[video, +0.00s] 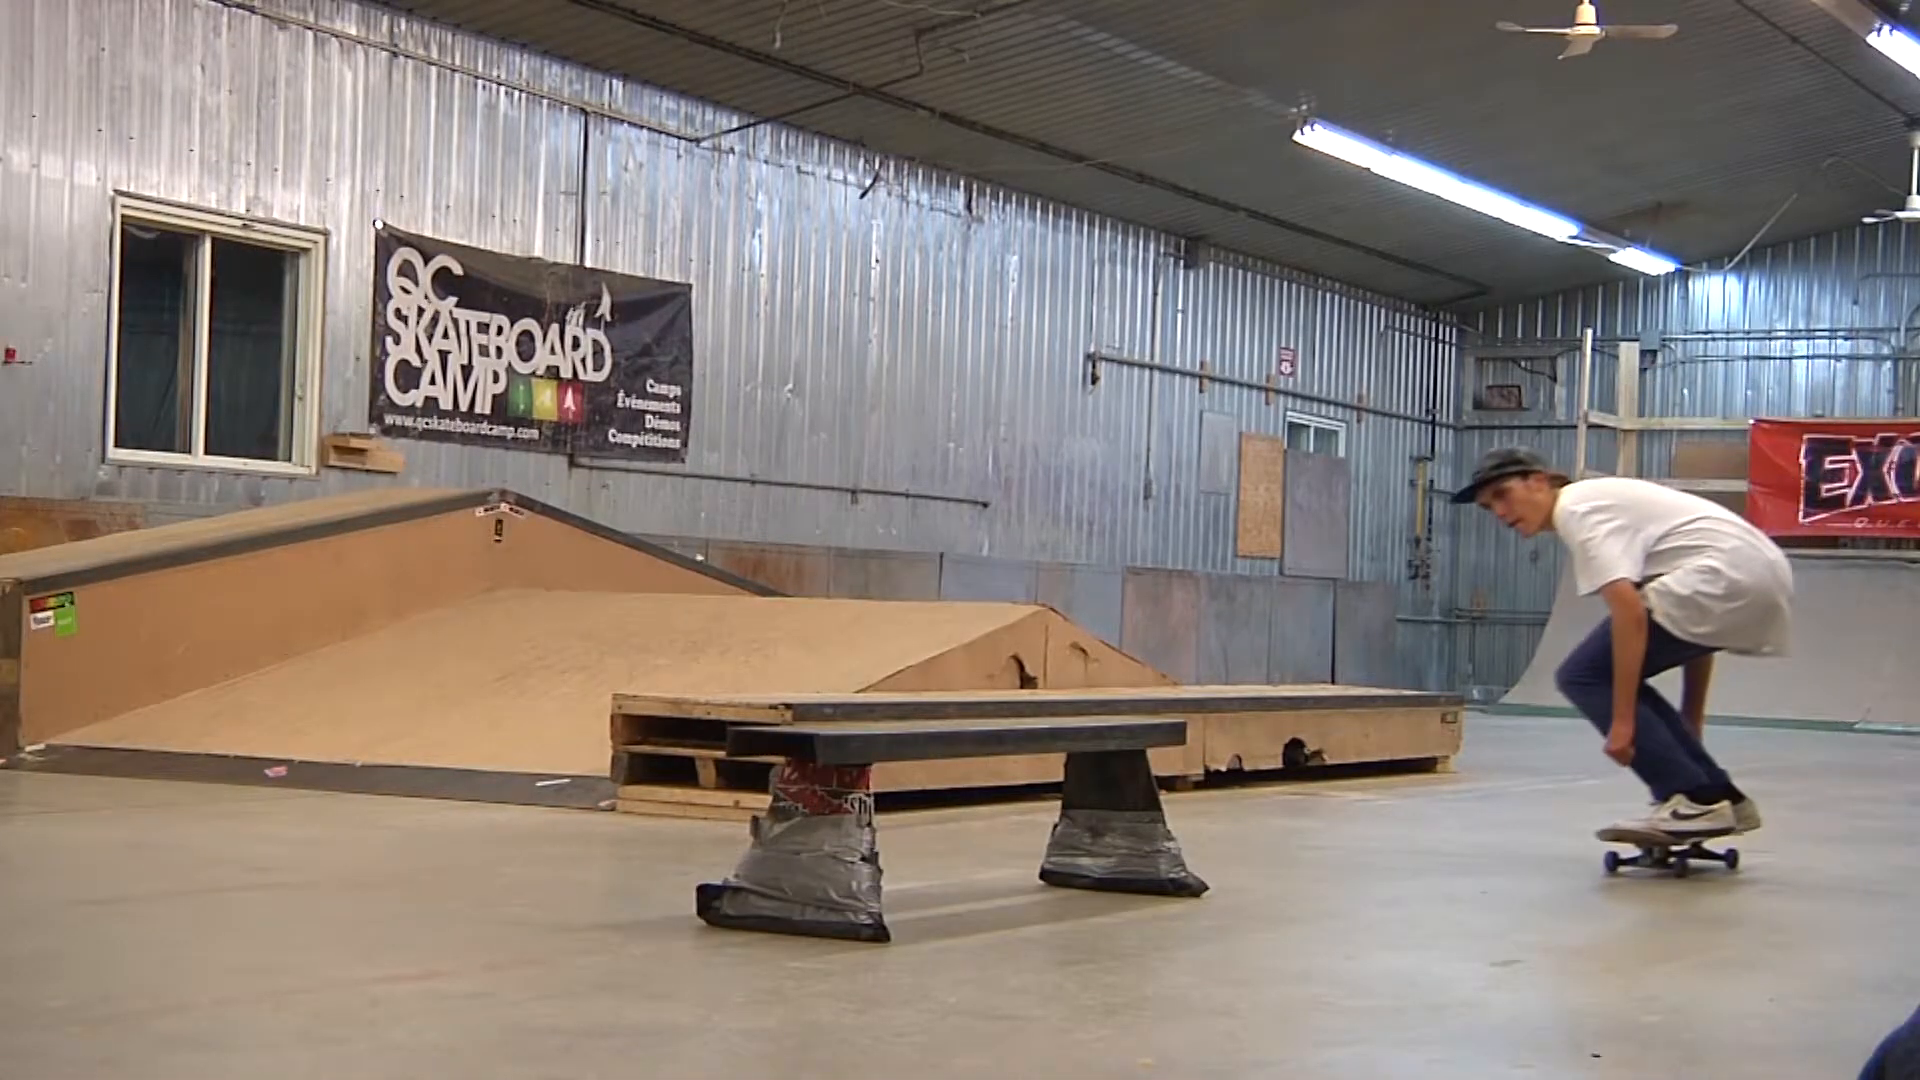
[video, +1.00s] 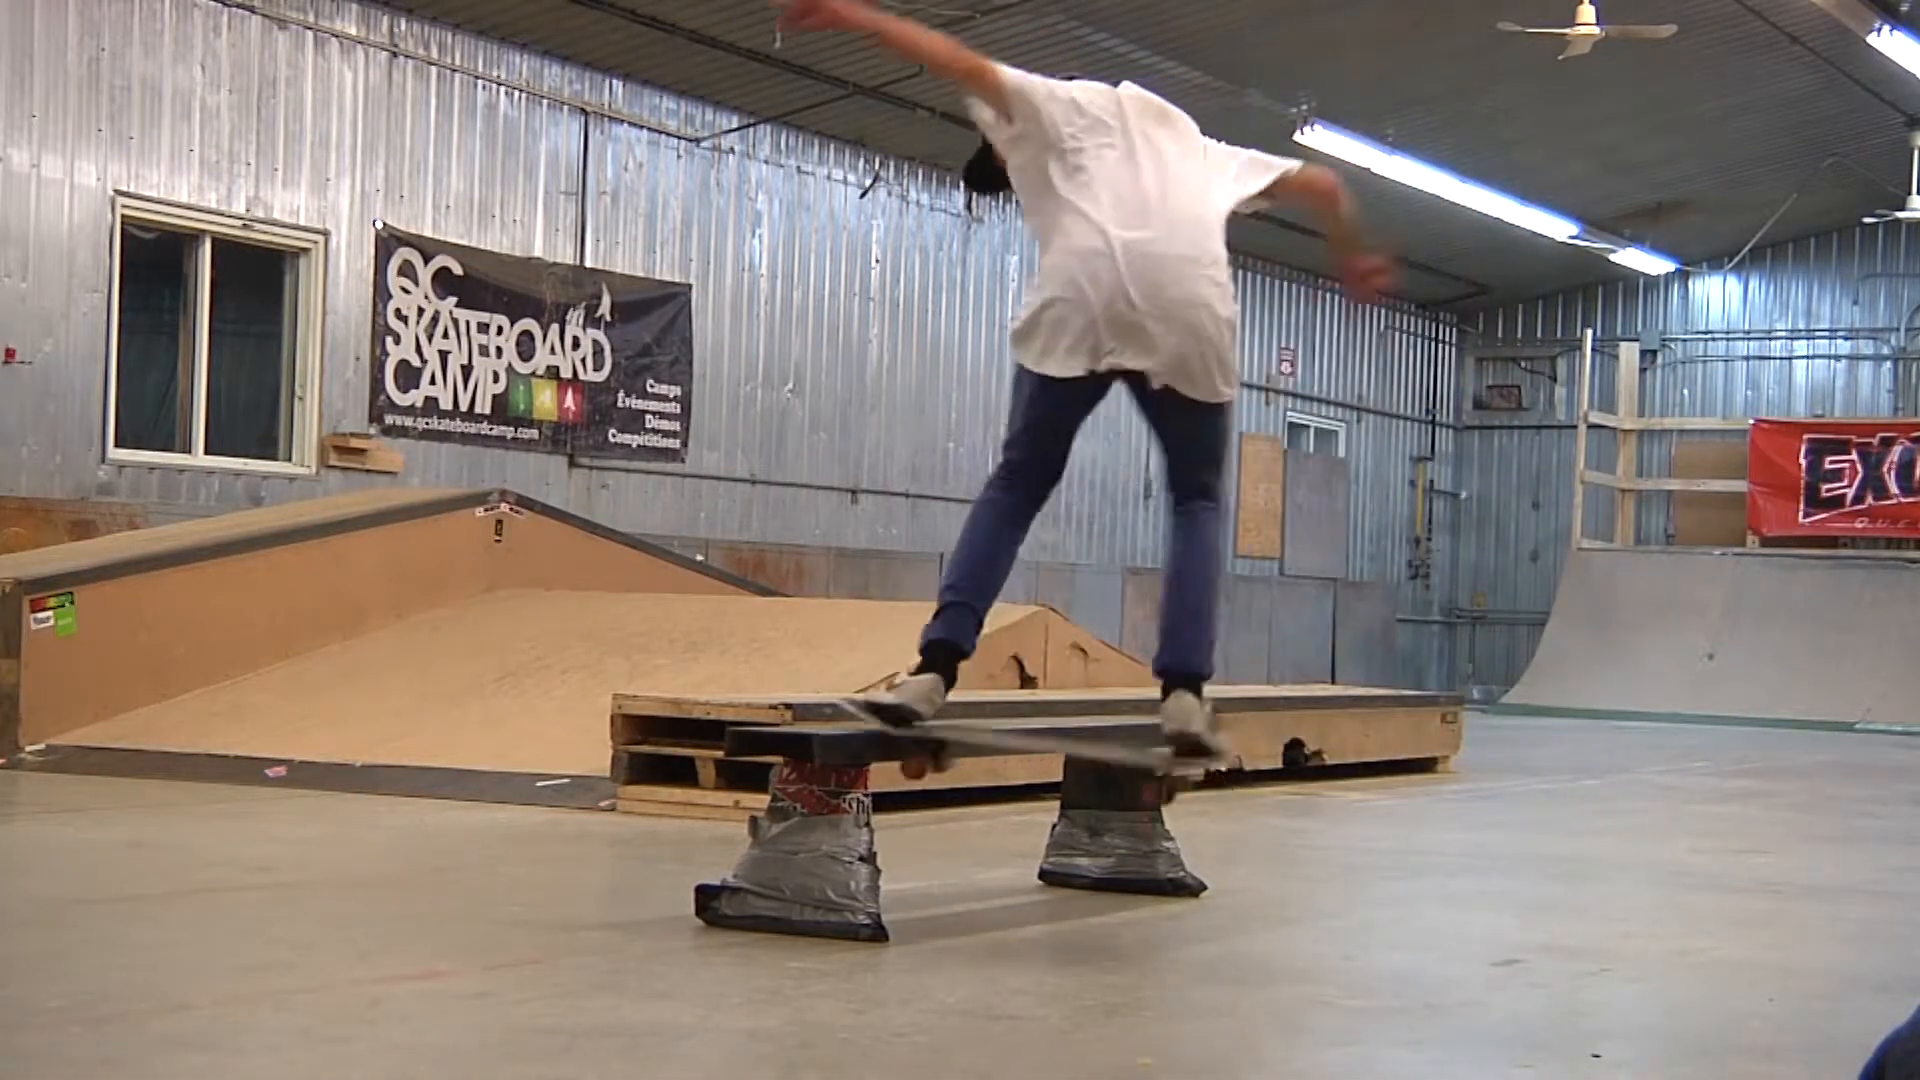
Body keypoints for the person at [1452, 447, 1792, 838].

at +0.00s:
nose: (1501, 515)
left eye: (1503, 496)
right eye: (1491, 507)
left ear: (1538, 481)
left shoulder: (1575, 506)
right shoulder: (1605, 498)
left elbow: (1630, 610)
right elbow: (1699, 630)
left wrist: (1622, 721)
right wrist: (1691, 724)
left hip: (1718, 579)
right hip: (1758, 578)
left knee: (1580, 677)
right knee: (1622, 682)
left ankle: (1692, 798)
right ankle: (1718, 798)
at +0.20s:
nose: (1413, 514)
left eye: (1412, 495)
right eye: (1402, 507)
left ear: (1448, 477)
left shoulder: (1486, 499)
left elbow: (1548, 603)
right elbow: (1626, 617)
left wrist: (1548, 722)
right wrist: (1600, 712)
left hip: (1636, 571)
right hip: (1685, 570)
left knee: (1494, 677)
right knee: (1554, 687)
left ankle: (1600, 805)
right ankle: (1647, 809)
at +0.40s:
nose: (1324, 370)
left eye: (1322, 353)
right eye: (1316, 360)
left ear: (1356, 331)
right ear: (1370, 331)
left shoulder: (1380, 366)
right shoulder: (1455, 361)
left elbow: (1403, 470)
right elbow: (1578, 425)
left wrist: (1346, 554)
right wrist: (1646, 483)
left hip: (1506, 512)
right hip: (1565, 514)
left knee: (1406, 659)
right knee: (1449, 664)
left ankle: (1496, 813)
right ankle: (1555, 814)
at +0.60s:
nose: (1250, 213)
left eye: (1241, 200)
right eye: (1240, 208)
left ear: (1256, 158)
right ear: (1316, 136)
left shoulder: (1280, 156)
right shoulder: (1415, 163)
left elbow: (1209, 135)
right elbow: (1528, 145)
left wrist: (1093, 144)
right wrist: (1592, 212)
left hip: (1361, 378)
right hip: (1449, 369)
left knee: (1299, 555)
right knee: (1395, 417)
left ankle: (1291, 759)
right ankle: (1405, 549)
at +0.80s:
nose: (1102, 173)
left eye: (1092, 157)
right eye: (1091, 166)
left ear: (1105, 123)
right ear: (1170, 86)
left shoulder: (1134, 111)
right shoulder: (1253, 126)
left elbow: (1088, 87)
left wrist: (998, 54)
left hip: (1196, 288)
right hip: (1306, 286)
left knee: (1113, 467)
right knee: (1363, 423)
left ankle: (1064, 642)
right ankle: (1311, 548)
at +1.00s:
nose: (1017, 189)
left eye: (1010, 179)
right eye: (1010, 185)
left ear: (1012, 147)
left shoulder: (1047, 104)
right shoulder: (1207, 153)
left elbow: (967, 63)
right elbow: (1325, 182)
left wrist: (863, 17)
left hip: (1074, 302)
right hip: (1190, 316)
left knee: (1020, 477)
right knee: (1198, 500)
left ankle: (935, 666)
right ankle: (1184, 693)